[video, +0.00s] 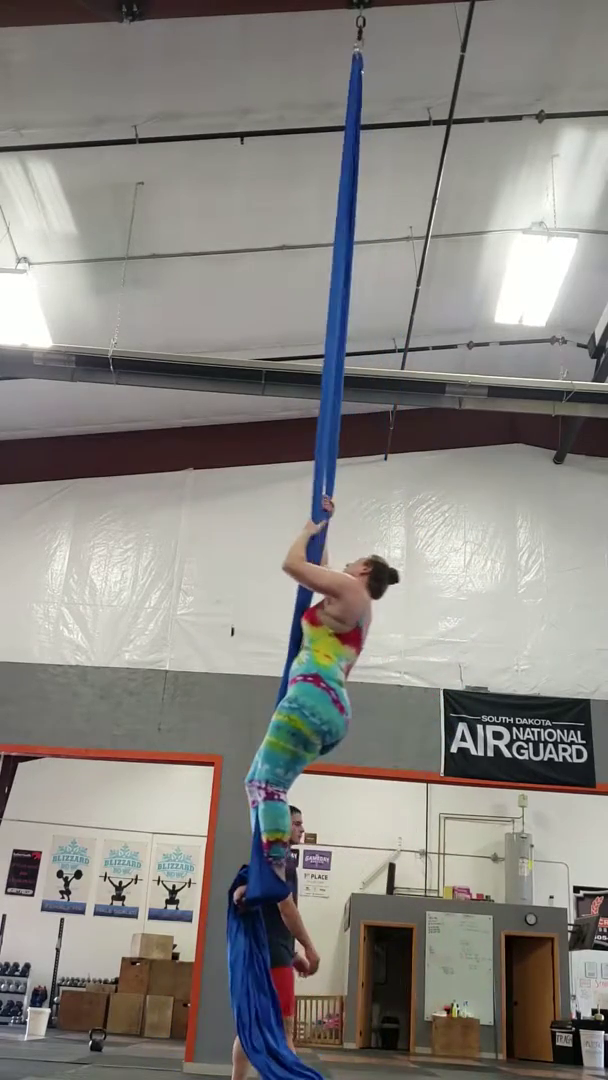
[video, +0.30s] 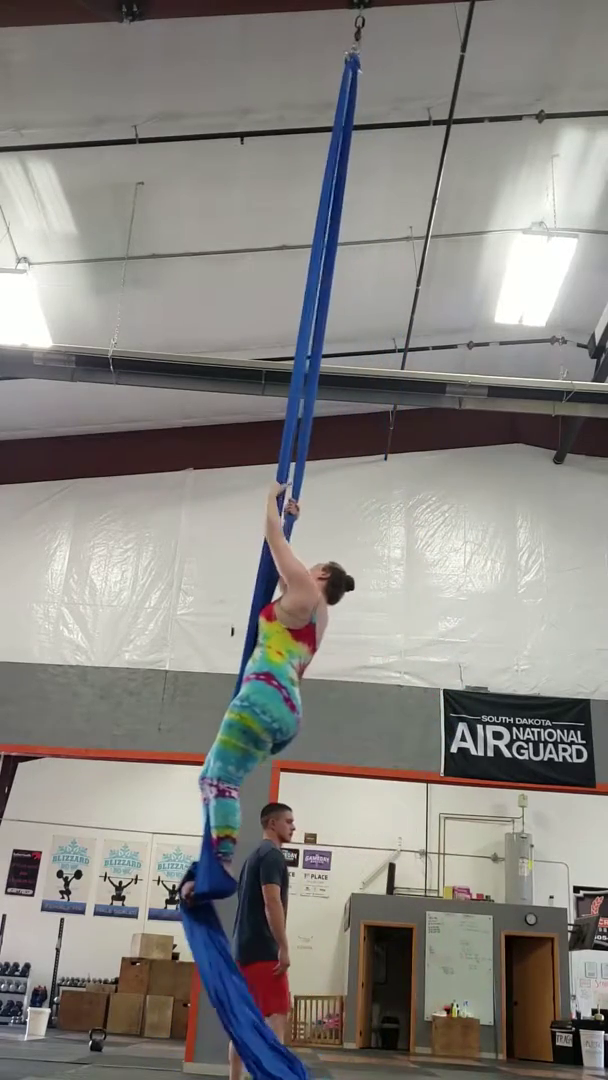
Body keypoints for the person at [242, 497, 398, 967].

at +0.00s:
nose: (350, 563)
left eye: (356, 562)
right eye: (355, 562)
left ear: (363, 570)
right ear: (371, 580)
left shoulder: (351, 590)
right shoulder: (359, 607)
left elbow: (294, 564)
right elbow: (311, 570)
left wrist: (310, 529)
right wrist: (320, 527)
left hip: (313, 696)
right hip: (334, 707)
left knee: (267, 783)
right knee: (263, 781)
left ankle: (275, 874)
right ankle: (276, 866)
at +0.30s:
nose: (310, 569)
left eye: (316, 568)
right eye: (316, 568)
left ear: (322, 574)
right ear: (333, 590)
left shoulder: (303, 584)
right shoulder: (321, 615)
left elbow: (274, 539)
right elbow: (285, 552)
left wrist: (270, 500)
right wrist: (289, 518)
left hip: (264, 693)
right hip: (288, 709)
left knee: (220, 779)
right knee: (216, 778)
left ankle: (222, 869)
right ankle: (219, 866)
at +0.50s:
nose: (300, 573)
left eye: (307, 573)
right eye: (304, 573)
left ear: (311, 583)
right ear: (317, 594)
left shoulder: (296, 596)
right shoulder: (299, 616)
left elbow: (277, 538)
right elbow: (268, 565)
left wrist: (276, 501)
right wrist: (277, 516)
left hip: (240, 696)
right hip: (257, 712)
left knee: (184, 773)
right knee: (179, 771)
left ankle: (176, 865)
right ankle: (173, 861)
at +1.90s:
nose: (353, 568)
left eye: (360, 568)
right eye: (354, 566)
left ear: (368, 582)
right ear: (354, 579)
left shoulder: (359, 602)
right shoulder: (336, 602)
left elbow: (341, 541)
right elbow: (326, 551)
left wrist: (337, 498)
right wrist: (324, 509)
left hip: (305, 698)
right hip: (293, 696)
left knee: (247, 768)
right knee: (232, 767)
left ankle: (241, 864)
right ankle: (230, 861)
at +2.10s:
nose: (369, 568)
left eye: (377, 566)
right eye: (375, 566)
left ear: (388, 578)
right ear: (380, 579)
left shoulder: (379, 599)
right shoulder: (354, 600)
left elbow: (358, 536)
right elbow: (343, 545)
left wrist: (351, 494)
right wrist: (340, 506)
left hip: (340, 696)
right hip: (321, 695)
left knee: (289, 777)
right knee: (269, 776)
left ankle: (289, 874)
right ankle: (274, 870)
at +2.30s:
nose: (383, 557)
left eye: (393, 552)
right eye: (384, 552)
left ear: (405, 567)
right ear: (383, 565)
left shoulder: (400, 591)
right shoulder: (370, 596)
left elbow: (376, 531)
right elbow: (357, 544)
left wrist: (367, 486)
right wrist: (354, 503)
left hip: (372, 693)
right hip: (350, 694)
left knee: (332, 781)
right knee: (310, 780)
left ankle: (343, 876)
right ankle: (326, 872)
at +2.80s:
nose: (413, 556)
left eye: (419, 547)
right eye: (408, 550)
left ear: (435, 547)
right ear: (403, 557)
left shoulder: (450, 584)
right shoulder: (411, 596)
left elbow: (426, 522)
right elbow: (406, 534)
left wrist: (415, 478)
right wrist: (400, 497)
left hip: (438, 687)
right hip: (408, 689)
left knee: (388, 766)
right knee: (364, 769)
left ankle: (398, 866)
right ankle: (382, 864)